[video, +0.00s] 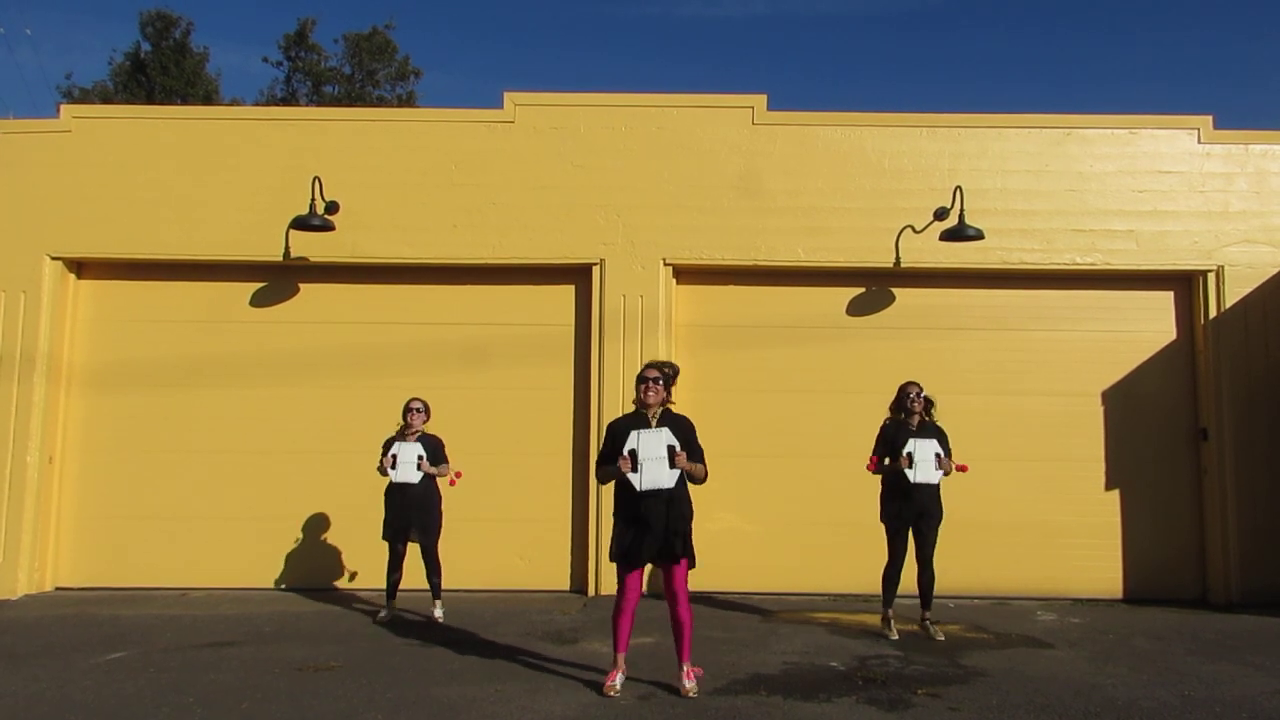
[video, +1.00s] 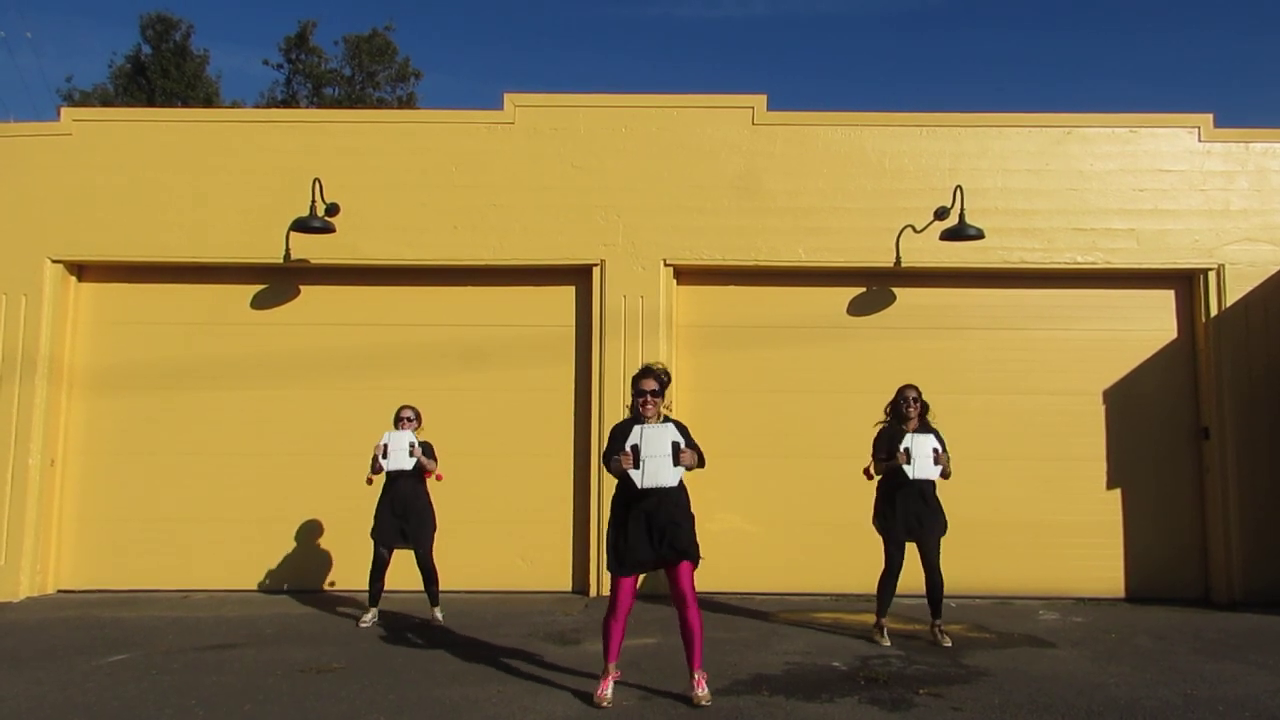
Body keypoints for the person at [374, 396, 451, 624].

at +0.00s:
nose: (414, 414)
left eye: (419, 411)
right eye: (410, 411)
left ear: (426, 416)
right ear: (404, 415)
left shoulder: (434, 442)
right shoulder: (393, 442)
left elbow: (445, 469)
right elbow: (383, 472)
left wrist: (430, 469)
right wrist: (385, 466)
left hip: (426, 506)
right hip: (398, 505)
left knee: (430, 554)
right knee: (396, 555)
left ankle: (437, 604)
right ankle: (389, 606)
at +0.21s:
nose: (411, 415)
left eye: (415, 411)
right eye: (407, 411)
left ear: (423, 415)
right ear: (402, 414)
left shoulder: (430, 439)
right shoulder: (391, 439)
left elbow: (440, 468)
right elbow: (382, 474)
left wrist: (426, 460)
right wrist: (384, 461)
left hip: (423, 501)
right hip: (395, 500)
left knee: (429, 551)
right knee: (389, 552)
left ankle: (439, 601)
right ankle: (385, 603)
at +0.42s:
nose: (410, 428)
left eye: (414, 425)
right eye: (406, 425)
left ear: (421, 427)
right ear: (400, 428)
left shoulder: (427, 451)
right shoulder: (394, 450)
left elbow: (435, 471)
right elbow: (377, 475)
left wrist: (423, 456)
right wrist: (383, 458)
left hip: (420, 513)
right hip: (393, 513)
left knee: (426, 561)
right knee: (384, 561)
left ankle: (438, 609)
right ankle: (378, 609)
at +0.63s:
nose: (406, 414)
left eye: (411, 410)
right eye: (403, 410)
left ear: (419, 415)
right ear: (397, 415)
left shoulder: (427, 441)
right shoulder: (386, 441)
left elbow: (437, 471)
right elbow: (375, 471)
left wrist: (425, 470)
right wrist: (381, 463)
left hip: (421, 505)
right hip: (391, 504)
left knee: (427, 553)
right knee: (388, 554)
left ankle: (438, 602)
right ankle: (380, 605)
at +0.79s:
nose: (405, 419)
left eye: (409, 416)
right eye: (401, 416)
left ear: (417, 420)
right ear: (396, 421)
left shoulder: (425, 447)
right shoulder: (387, 446)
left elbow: (435, 476)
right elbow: (378, 475)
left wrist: (424, 472)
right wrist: (380, 471)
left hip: (419, 508)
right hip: (391, 509)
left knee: (426, 556)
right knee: (387, 556)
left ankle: (437, 606)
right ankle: (381, 607)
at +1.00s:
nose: (405, 423)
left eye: (409, 419)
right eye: (401, 420)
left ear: (417, 423)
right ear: (395, 423)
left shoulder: (424, 446)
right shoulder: (389, 445)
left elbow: (432, 467)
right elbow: (375, 471)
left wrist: (419, 457)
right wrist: (378, 456)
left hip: (418, 510)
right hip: (389, 509)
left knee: (424, 559)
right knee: (380, 559)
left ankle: (435, 608)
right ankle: (372, 609)